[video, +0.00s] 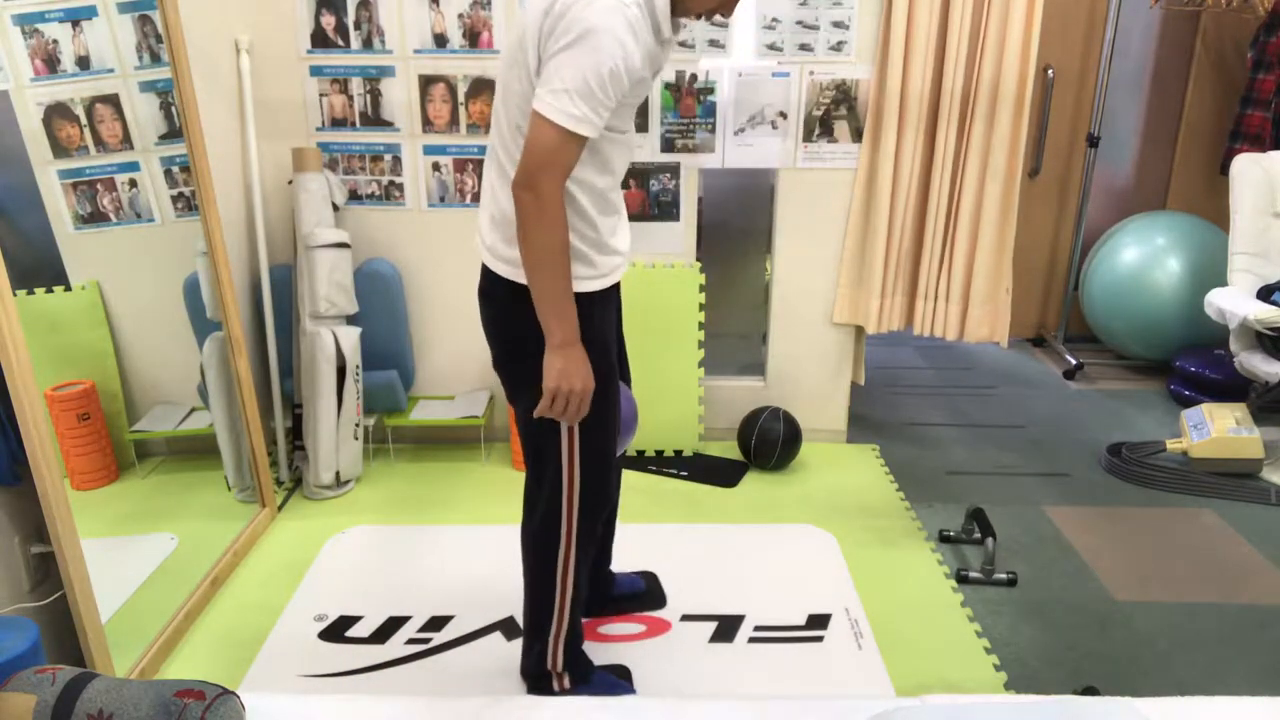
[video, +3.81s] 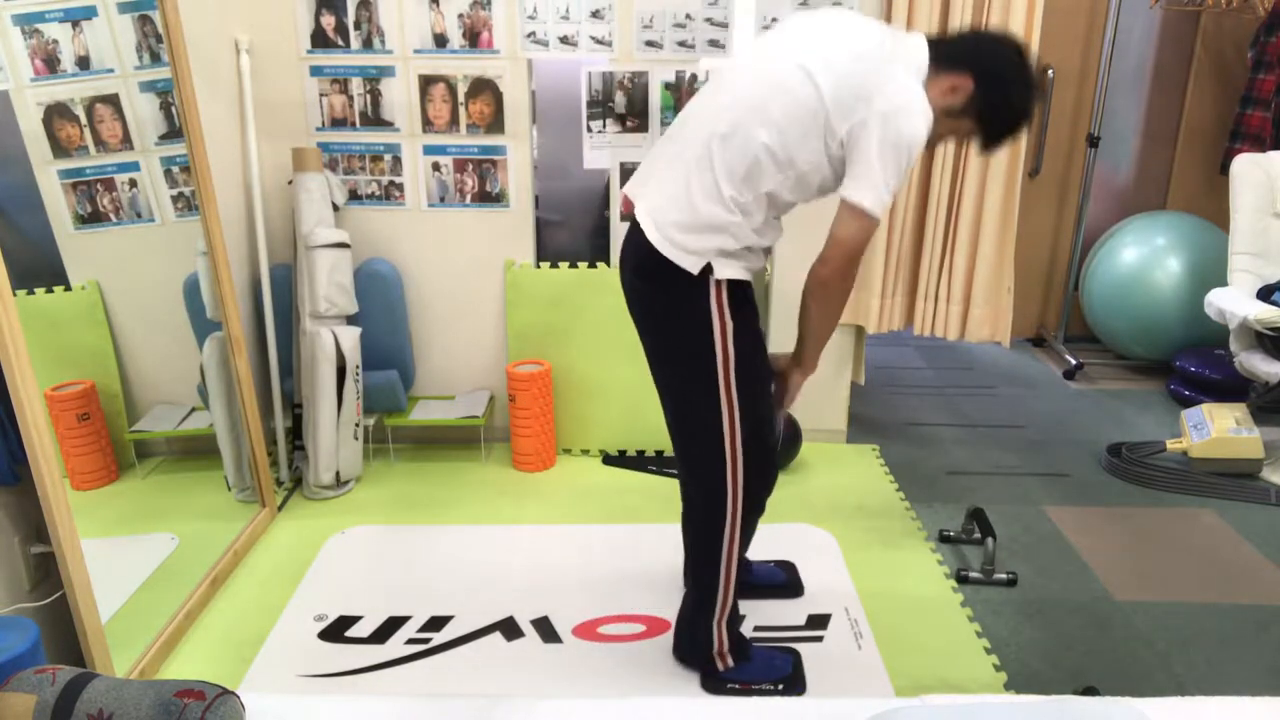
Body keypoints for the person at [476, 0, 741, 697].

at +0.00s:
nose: (728, 7)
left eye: (734, 1)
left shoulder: (640, 19)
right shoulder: (608, 29)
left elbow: (573, 173)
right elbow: (535, 185)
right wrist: (562, 341)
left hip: (587, 276)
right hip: (547, 287)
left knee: (603, 438)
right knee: (566, 473)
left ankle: (589, 583)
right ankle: (553, 666)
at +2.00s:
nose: (767, 4)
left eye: (773, 3)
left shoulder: (647, 8)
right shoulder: (691, 8)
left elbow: (612, 140)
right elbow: (636, 146)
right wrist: (658, 296)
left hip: (590, 252)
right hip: (620, 264)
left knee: (623, 436)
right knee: (653, 459)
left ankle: (576, 578)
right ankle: (625, 645)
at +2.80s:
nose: (844, 4)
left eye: (850, 0)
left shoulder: (765, 18)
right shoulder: (745, 8)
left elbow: (701, 134)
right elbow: (675, 125)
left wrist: (718, 244)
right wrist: (691, 270)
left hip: (678, 244)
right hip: (652, 244)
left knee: (688, 421)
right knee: (662, 435)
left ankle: (655, 575)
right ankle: (624, 636)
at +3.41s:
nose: (900, 22)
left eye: (913, 14)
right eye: (914, 8)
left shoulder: (767, 7)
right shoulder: (825, 9)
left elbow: (727, 133)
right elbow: (761, 140)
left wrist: (763, 252)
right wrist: (794, 271)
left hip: (675, 240)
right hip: (705, 249)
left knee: (688, 427)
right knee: (723, 450)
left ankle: (653, 569)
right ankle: (712, 646)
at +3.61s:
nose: (939, 61)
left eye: (953, 52)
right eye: (951, 46)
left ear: (922, 0)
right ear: (933, 6)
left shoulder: (825, 9)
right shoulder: (871, 33)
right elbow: (815, 187)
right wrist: (819, 314)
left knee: (699, 425)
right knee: (736, 455)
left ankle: (666, 562)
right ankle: (714, 647)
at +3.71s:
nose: (948, 102)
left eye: (962, 96)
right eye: (962, 87)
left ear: (943, 30)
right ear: (951, 43)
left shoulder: (862, 22)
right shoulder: (892, 70)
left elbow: (717, 88)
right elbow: (837, 231)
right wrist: (816, 339)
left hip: (675, 230)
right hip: (698, 251)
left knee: (713, 430)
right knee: (738, 452)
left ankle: (698, 565)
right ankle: (711, 648)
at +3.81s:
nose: (941, 143)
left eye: (956, 140)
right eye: (956, 132)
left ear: (949, 72)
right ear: (956, 88)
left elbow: (726, 100)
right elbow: (834, 266)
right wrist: (803, 363)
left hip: (680, 227)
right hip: (689, 249)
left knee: (747, 424)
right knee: (735, 452)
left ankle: (721, 564)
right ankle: (710, 645)